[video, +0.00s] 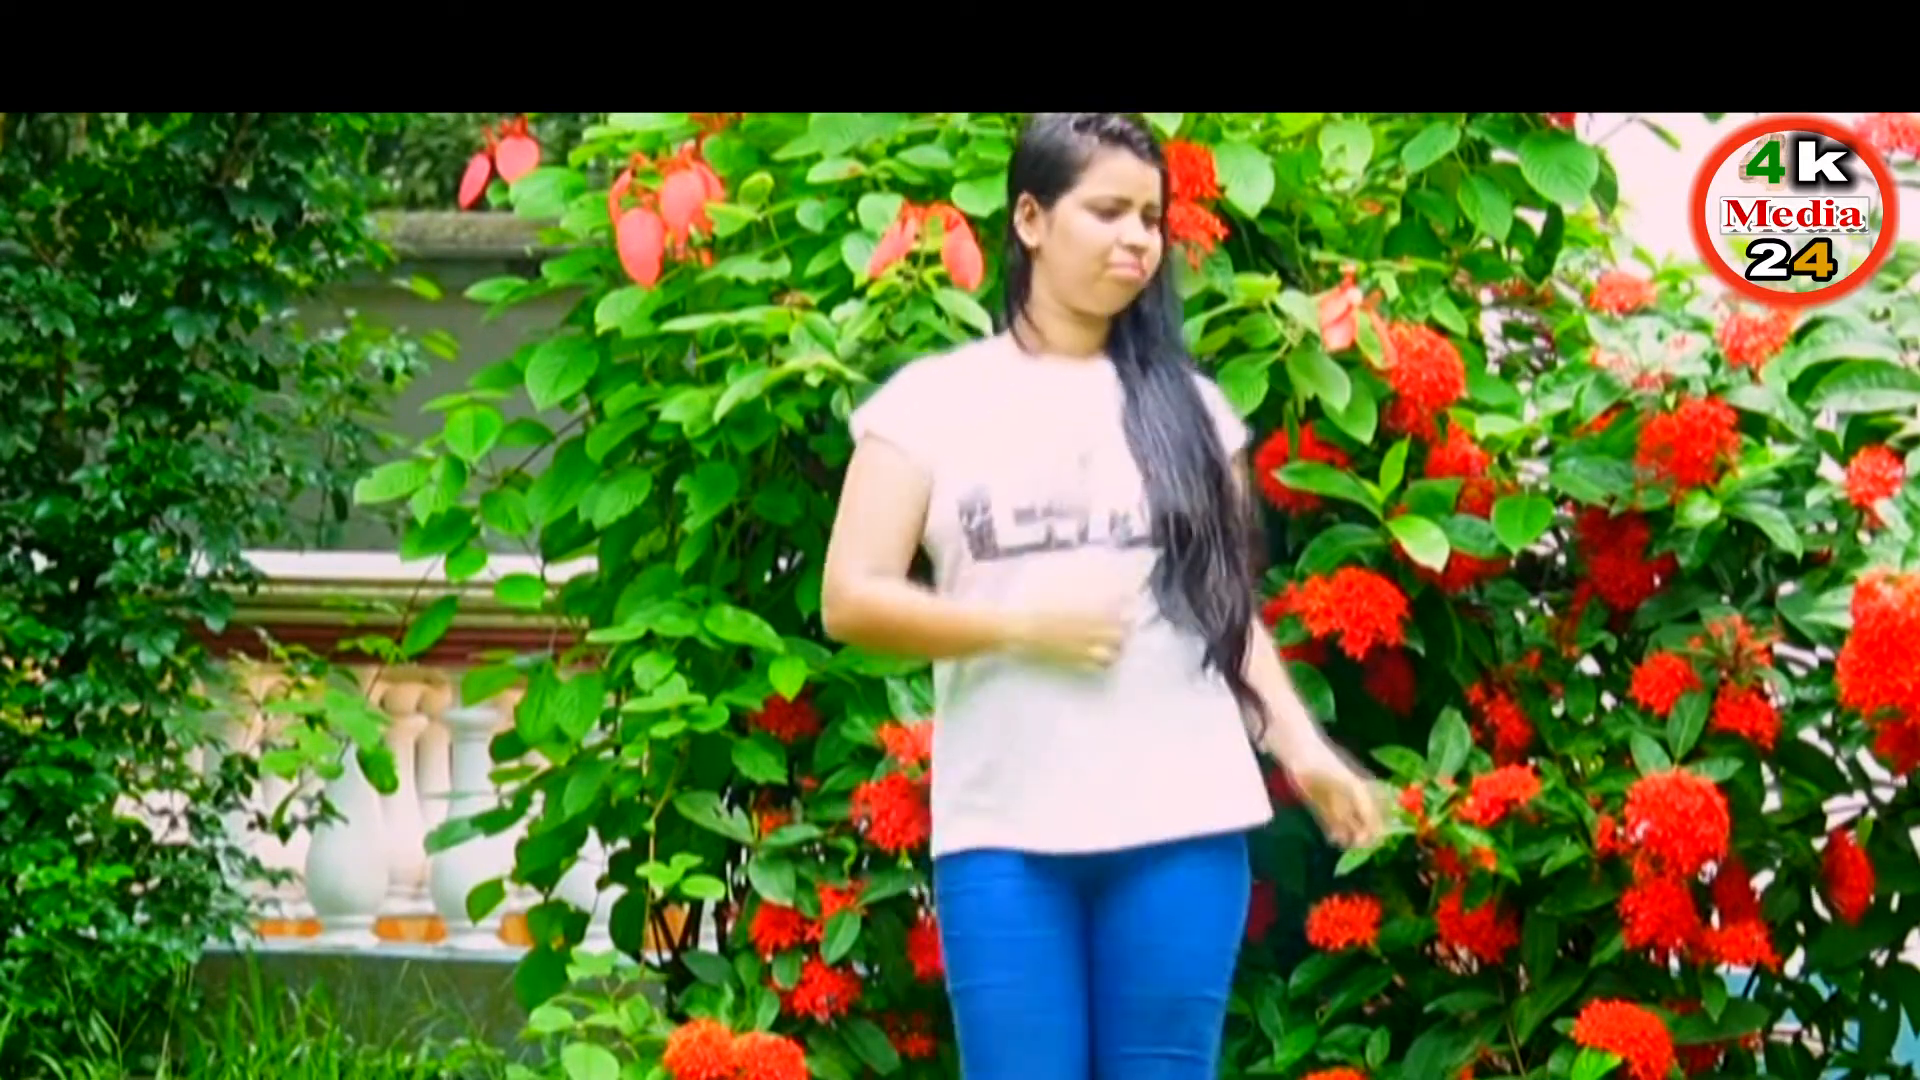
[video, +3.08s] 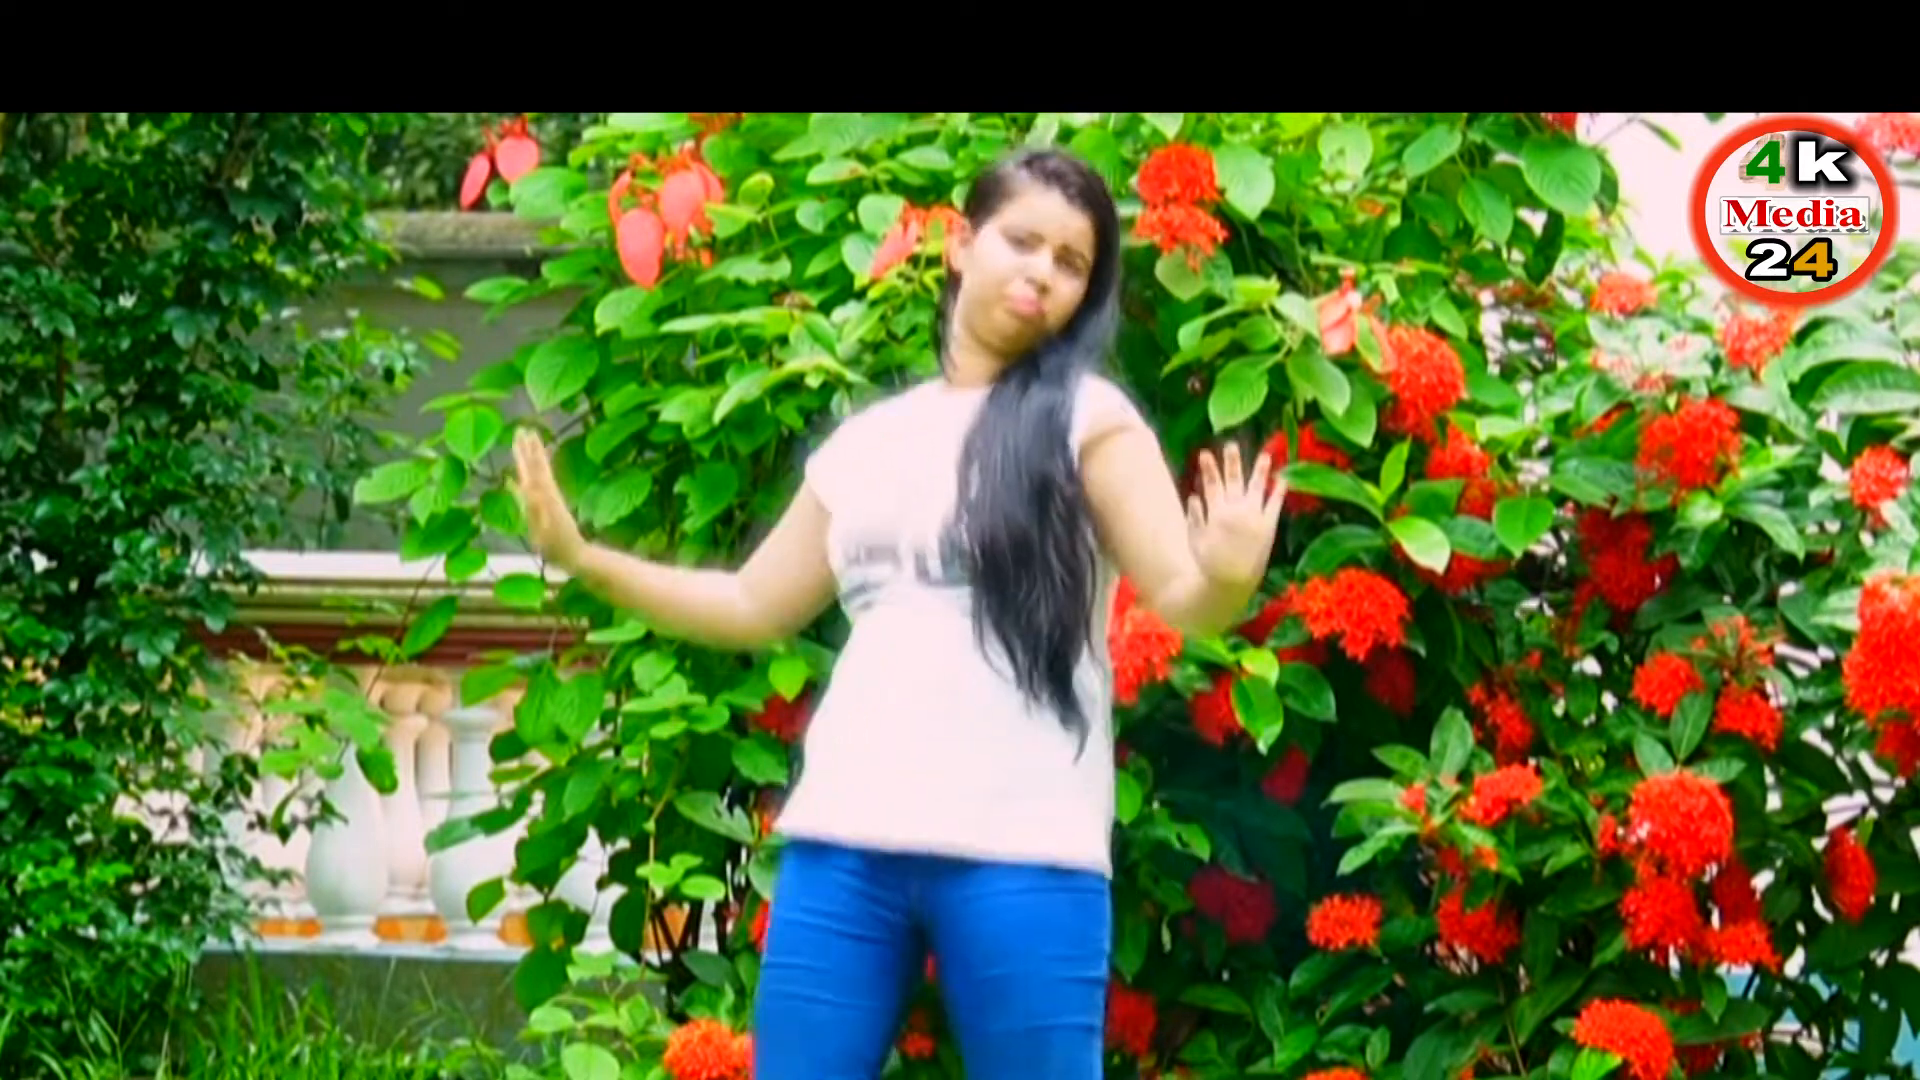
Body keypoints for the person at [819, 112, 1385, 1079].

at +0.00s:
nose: (1137, 237)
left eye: (1151, 217)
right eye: (1110, 210)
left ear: (1164, 238)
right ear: (1031, 221)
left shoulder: (1190, 404)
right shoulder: (929, 400)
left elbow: (1229, 607)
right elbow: (850, 599)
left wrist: (1303, 747)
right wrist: (1013, 622)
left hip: (1186, 823)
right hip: (1002, 833)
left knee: (1165, 1069)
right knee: (1025, 1070)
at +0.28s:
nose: (1100, 239)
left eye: (1124, 218)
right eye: (1073, 211)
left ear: (1148, 238)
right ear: (1011, 220)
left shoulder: (1185, 384)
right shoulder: (920, 416)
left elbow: (1246, 564)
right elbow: (881, 608)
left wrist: (1281, 629)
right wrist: (910, 702)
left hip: (1157, 833)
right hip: (971, 839)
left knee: (1147, 1069)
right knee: (915, 1068)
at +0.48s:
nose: (1047, 261)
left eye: (1076, 241)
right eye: (1025, 229)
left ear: (1101, 266)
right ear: (969, 234)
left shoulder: (1116, 424)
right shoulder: (858, 419)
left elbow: (1164, 619)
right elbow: (827, 613)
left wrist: (1216, 730)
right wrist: (819, 755)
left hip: (1103, 857)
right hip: (921, 860)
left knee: (1116, 1070)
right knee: (850, 1069)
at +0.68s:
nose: (1006, 262)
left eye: (1036, 240)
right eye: (982, 231)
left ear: (1067, 262)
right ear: (932, 237)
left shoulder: (1092, 438)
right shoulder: (823, 402)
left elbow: (1120, 646)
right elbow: (752, 577)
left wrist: (1212, 706)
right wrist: (672, 704)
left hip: (1004, 869)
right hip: (815, 859)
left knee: (1030, 1069)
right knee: (787, 1069)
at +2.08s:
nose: (1041, 244)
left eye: (1073, 225)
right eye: (1019, 215)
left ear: (1114, 252)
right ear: (979, 232)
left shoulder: (1147, 410)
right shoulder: (925, 422)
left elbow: (1214, 612)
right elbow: (908, 623)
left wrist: (1192, 764)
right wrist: (805, 765)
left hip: (1077, 854)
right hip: (913, 850)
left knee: (1068, 1067)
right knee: (867, 1068)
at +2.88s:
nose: (1071, 310)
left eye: (1103, 292)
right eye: (1051, 278)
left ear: (1130, 321)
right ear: (1007, 288)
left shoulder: (1138, 477)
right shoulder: (931, 478)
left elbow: (1195, 705)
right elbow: (867, 675)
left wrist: (1215, 701)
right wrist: (683, 688)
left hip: (1065, 890)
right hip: (906, 888)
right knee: (791, 1070)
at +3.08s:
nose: (1040, 275)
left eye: (1069, 264)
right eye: (1022, 241)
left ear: (1083, 293)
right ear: (961, 241)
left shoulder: (1086, 414)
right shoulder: (866, 439)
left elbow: (1183, 603)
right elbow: (753, 606)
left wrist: (1227, 582)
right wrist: (583, 558)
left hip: (1026, 847)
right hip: (844, 833)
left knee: (1043, 1073)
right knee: (797, 1070)